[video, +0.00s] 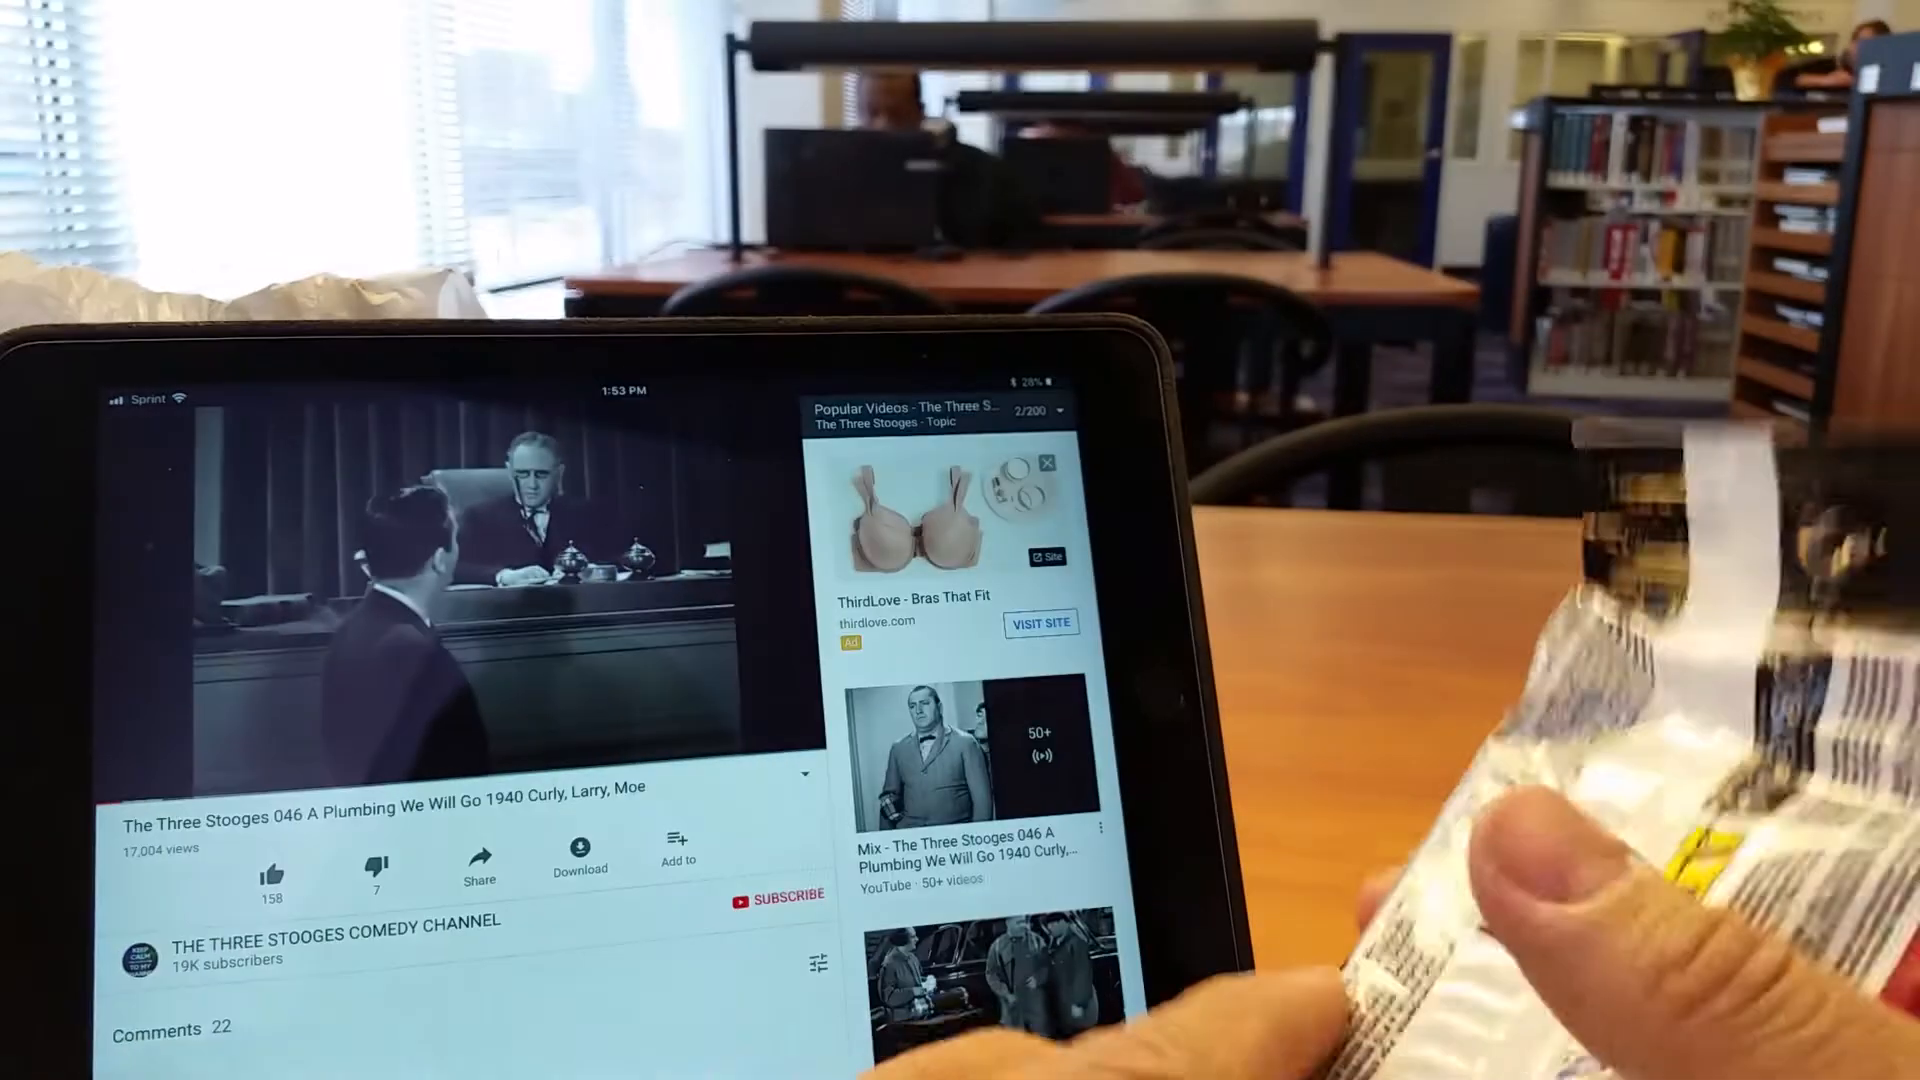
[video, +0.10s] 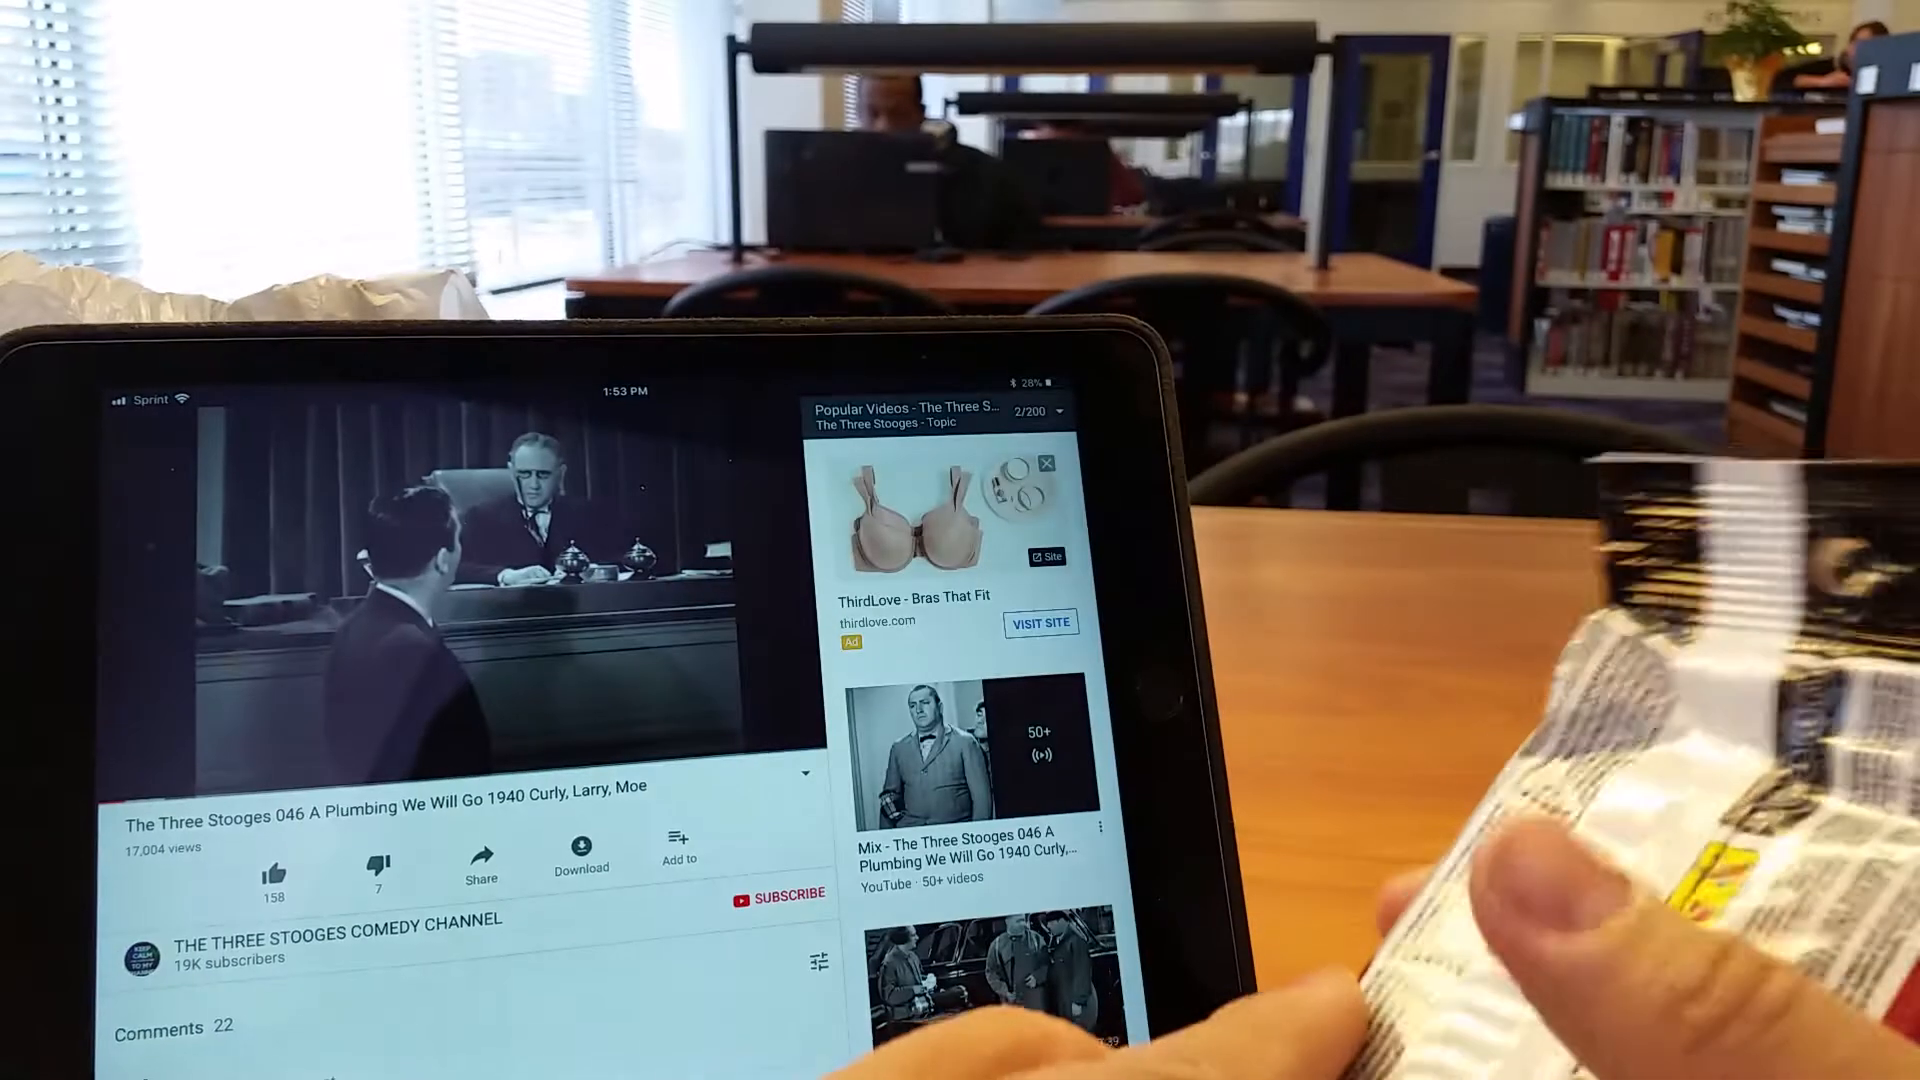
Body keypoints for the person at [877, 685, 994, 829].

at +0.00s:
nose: (918, 710)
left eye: (925, 703)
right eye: (913, 706)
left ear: (939, 707)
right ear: (909, 711)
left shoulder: (964, 743)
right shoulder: (899, 749)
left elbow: (982, 799)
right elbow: (890, 793)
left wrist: (978, 838)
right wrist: (888, 802)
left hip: (955, 834)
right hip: (909, 838)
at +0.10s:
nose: (919, 709)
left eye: (925, 703)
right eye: (913, 705)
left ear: (939, 707)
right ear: (909, 711)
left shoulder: (964, 742)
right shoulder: (899, 749)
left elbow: (981, 796)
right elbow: (890, 794)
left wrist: (977, 835)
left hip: (955, 830)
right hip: (910, 834)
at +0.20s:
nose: (919, 709)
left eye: (925, 703)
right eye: (913, 705)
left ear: (939, 707)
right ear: (909, 711)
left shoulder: (964, 742)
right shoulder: (899, 748)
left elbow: (981, 796)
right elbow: (890, 794)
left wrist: (978, 834)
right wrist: (886, 838)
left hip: (956, 830)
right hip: (910, 834)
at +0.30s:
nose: (919, 710)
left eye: (925, 703)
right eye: (913, 705)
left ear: (939, 706)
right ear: (909, 711)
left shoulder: (964, 742)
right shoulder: (899, 749)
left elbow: (981, 795)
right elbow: (891, 794)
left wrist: (978, 834)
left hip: (955, 831)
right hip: (910, 835)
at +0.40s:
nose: (918, 709)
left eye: (925, 703)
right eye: (913, 705)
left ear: (939, 706)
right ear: (909, 711)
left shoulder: (964, 742)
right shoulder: (899, 749)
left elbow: (981, 795)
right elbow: (891, 793)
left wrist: (978, 834)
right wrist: (889, 801)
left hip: (956, 832)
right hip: (910, 835)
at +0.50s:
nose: (919, 709)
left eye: (925, 703)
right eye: (913, 705)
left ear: (939, 707)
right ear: (909, 711)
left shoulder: (964, 742)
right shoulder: (899, 749)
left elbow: (981, 795)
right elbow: (891, 794)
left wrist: (979, 834)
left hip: (956, 831)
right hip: (910, 835)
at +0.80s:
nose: (919, 709)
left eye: (925, 703)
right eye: (913, 705)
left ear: (939, 706)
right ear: (909, 711)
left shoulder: (964, 742)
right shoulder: (899, 749)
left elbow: (981, 795)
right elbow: (891, 793)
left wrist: (979, 835)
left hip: (956, 831)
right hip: (910, 836)